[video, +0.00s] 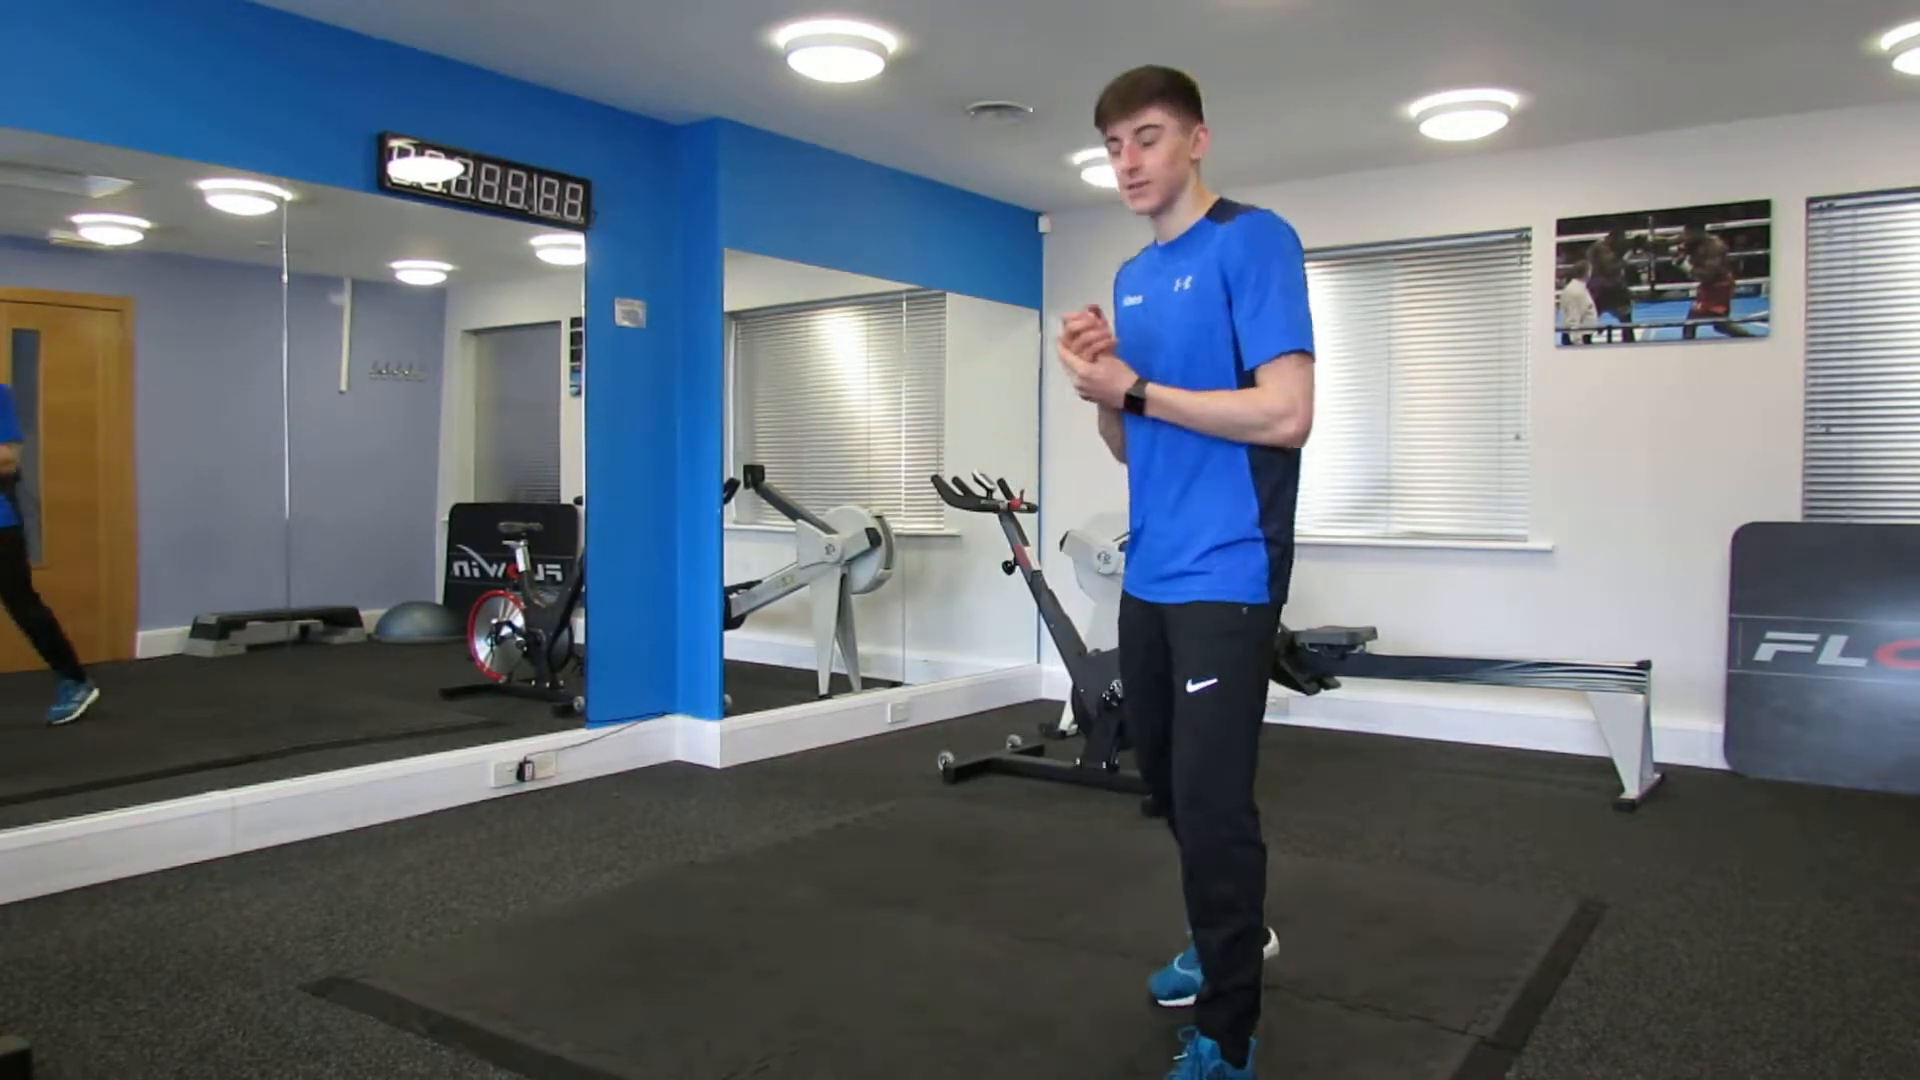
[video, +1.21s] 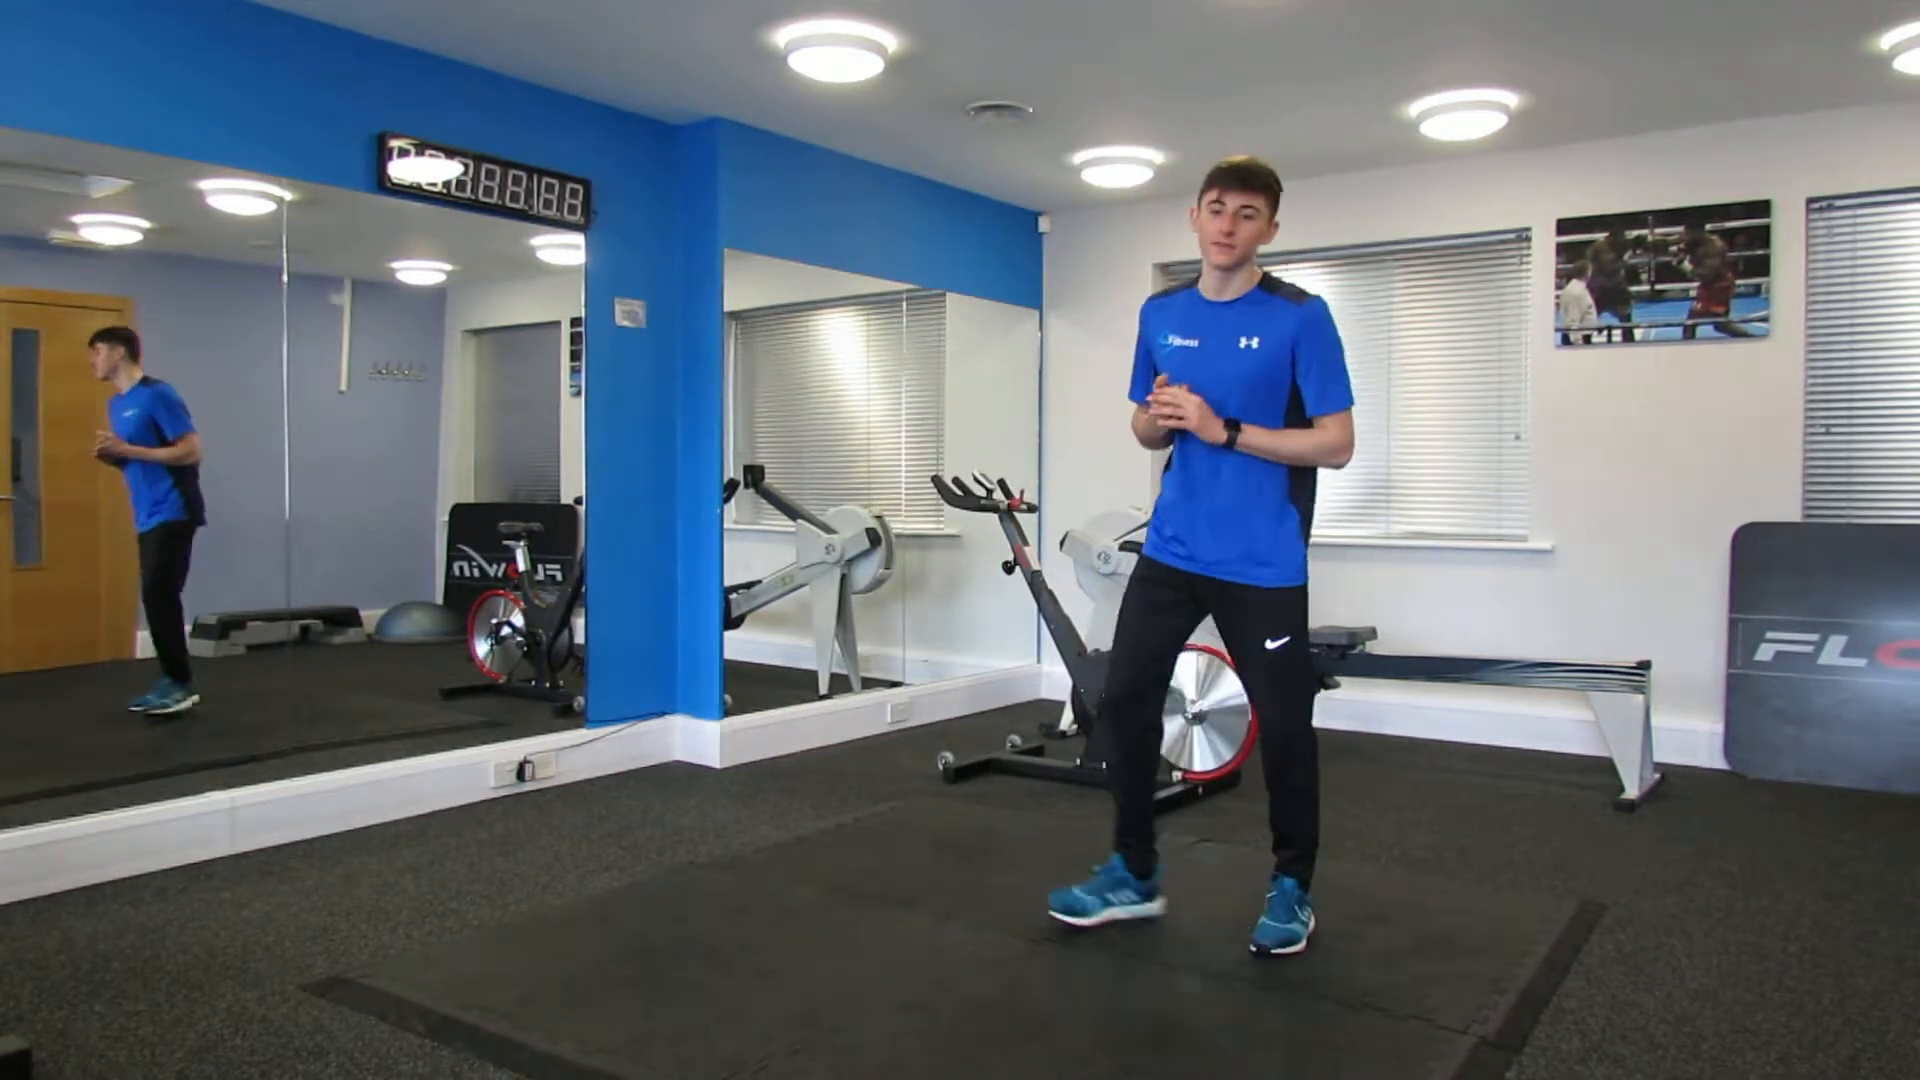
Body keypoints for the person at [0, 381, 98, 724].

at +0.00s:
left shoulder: (3, 398)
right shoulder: (5, 399)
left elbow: (9, 458)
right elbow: (11, 458)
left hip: (5, 522)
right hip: (4, 523)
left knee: (21, 602)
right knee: (21, 602)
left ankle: (76, 680)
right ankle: (74, 679)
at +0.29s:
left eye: (0, 351)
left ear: (15, 354)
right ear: (11, 356)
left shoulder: (52, 403)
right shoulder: (4, 399)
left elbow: (65, 470)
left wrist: (7, 455)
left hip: (52, 526)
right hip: (11, 528)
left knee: (68, 607)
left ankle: (90, 691)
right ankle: (87, 690)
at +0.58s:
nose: (30, 354)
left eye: (37, 346)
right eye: (30, 347)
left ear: (61, 350)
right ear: (48, 353)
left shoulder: (94, 401)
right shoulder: (49, 395)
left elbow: (106, 468)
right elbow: (55, 447)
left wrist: (48, 449)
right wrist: (31, 444)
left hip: (87, 523)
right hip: (52, 519)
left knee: (86, 602)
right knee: (41, 600)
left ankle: (92, 689)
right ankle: (98, 671)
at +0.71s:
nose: (50, 355)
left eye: (56, 347)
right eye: (51, 347)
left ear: (77, 350)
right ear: (71, 352)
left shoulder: (110, 399)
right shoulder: (68, 396)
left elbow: (117, 464)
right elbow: (73, 451)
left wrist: (62, 444)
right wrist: (47, 443)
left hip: (103, 521)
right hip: (73, 518)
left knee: (95, 602)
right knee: (84, 599)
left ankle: (93, 692)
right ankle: (152, 663)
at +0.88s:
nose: (67, 357)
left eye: (73, 349)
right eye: (68, 349)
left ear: (95, 352)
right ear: (90, 354)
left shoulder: (126, 399)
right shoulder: (87, 402)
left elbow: (142, 462)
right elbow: (100, 463)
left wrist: (85, 446)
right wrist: (71, 448)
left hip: (133, 521)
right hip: (109, 522)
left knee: (115, 606)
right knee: (138, 602)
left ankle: (94, 692)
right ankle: (178, 680)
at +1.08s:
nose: (79, 365)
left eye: (84, 356)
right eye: (79, 358)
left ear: (107, 356)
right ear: (101, 359)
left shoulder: (146, 396)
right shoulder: (105, 411)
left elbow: (180, 452)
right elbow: (125, 476)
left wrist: (116, 453)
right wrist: (97, 462)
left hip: (169, 514)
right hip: (141, 519)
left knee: (133, 588)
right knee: (154, 597)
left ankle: (130, 684)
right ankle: (181, 682)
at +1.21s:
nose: (93, 361)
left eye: (98, 352)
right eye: (93, 353)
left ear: (120, 353)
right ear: (116, 355)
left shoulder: (158, 395)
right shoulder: (116, 405)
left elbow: (191, 450)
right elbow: (131, 462)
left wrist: (128, 449)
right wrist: (106, 454)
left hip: (175, 512)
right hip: (148, 516)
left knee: (160, 594)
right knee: (156, 596)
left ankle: (181, 683)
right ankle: (172, 681)